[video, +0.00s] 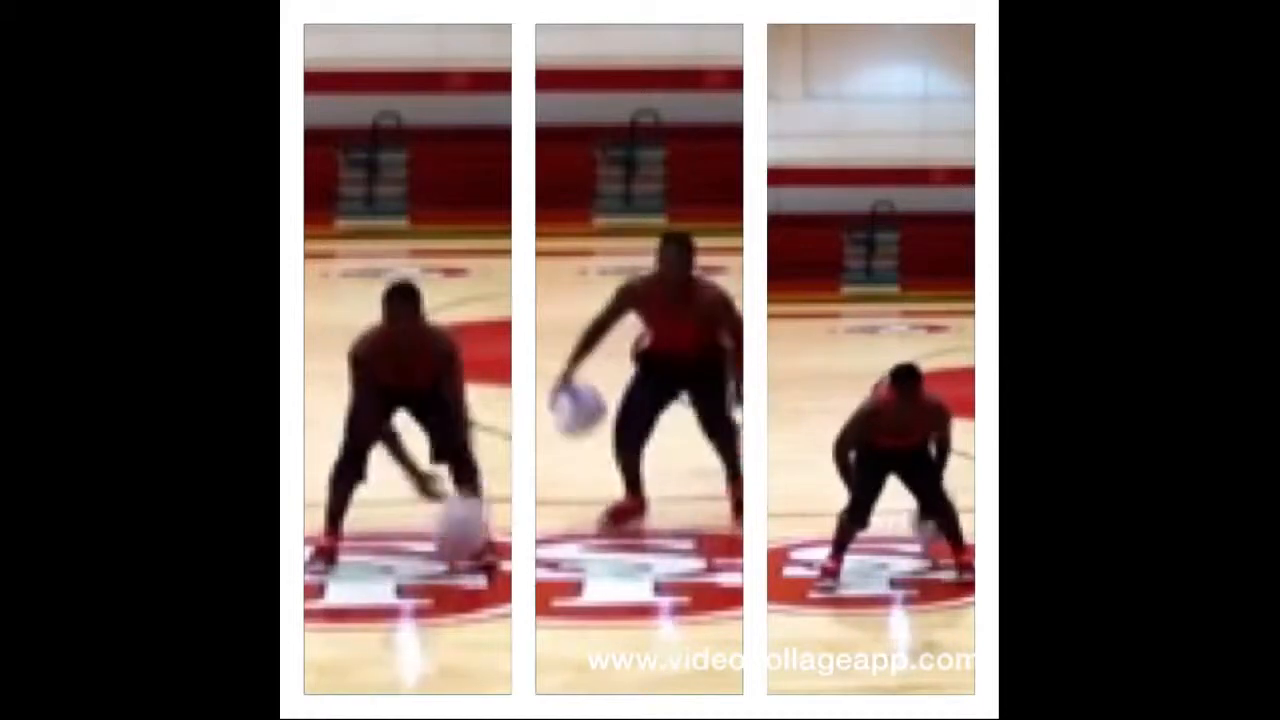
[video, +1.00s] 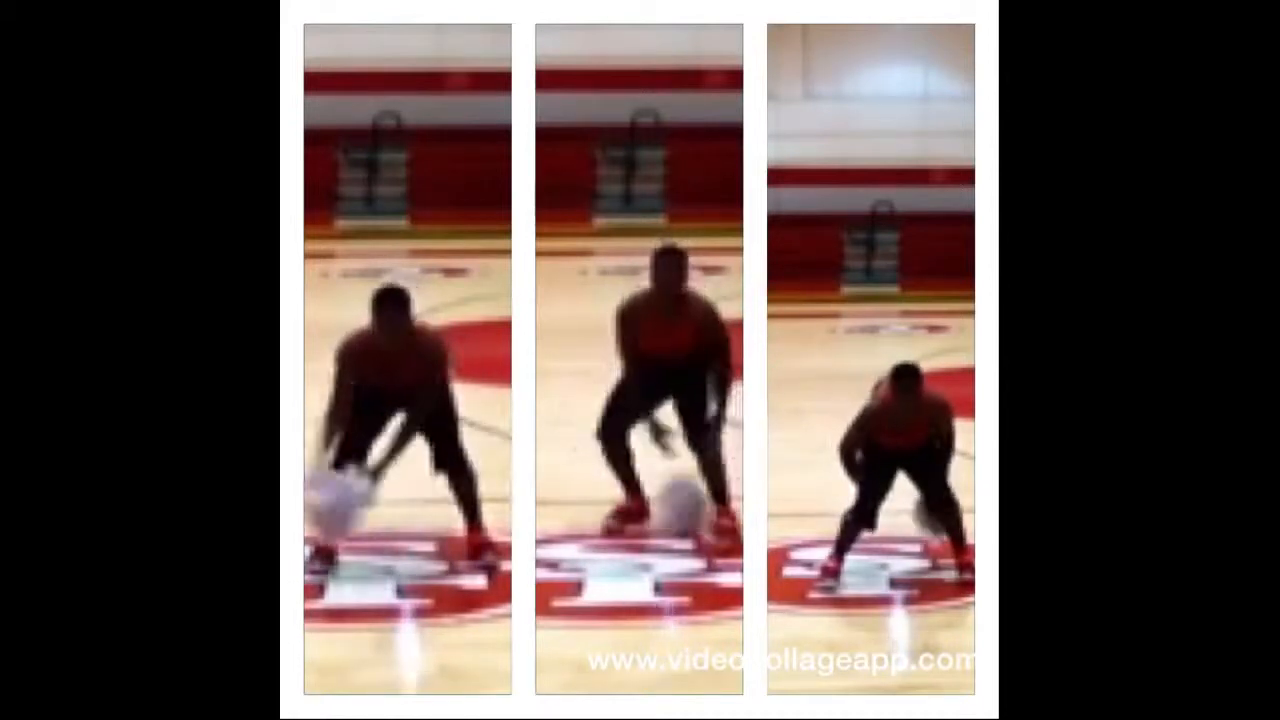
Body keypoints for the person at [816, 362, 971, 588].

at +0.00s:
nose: (906, 403)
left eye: (911, 395)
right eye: (901, 396)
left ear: (920, 391)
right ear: (891, 391)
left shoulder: (934, 410)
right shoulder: (874, 409)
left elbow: (943, 445)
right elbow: (841, 446)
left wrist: (935, 477)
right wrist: (853, 485)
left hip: (913, 455)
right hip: (873, 456)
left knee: (939, 505)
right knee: (858, 509)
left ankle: (961, 557)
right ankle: (834, 560)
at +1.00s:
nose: (906, 402)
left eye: (912, 395)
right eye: (901, 395)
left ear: (920, 390)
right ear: (891, 391)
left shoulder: (937, 408)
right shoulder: (876, 409)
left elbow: (946, 445)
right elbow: (846, 447)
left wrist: (935, 480)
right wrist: (860, 478)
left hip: (920, 453)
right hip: (881, 454)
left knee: (945, 503)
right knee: (864, 508)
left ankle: (962, 557)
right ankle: (835, 560)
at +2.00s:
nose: (893, 404)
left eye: (901, 398)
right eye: (889, 396)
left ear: (912, 392)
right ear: (882, 390)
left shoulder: (930, 410)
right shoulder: (869, 410)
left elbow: (952, 438)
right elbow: (846, 436)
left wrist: (943, 472)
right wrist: (852, 475)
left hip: (919, 452)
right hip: (879, 451)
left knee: (940, 502)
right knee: (862, 507)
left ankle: (962, 557)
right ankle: (835, 559)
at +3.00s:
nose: (897, 408)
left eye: (903, 401)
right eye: (892, 401)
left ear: (912, 395)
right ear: (883, 394)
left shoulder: (932, 413)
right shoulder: (868, 414)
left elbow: (945, 446)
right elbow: (844, 443)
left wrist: (929, 486)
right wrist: (853, 481)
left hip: (916, 456)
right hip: (875, 457)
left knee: (940, 506)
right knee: (858, 509)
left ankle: (962, 557)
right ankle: (834, 559)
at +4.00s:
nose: (909, 423)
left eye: (914, 419)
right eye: (904, 419)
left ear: (923, 409)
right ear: (894, 409)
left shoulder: (938, 415)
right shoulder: (876, 416)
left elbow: (951, 444)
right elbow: (844, 450)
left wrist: (953, 478)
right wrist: (855, 488)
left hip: (918, 456)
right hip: (877, 457)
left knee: (947, 504)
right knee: (860, 510)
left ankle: (963, 555)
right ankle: (834, 560)